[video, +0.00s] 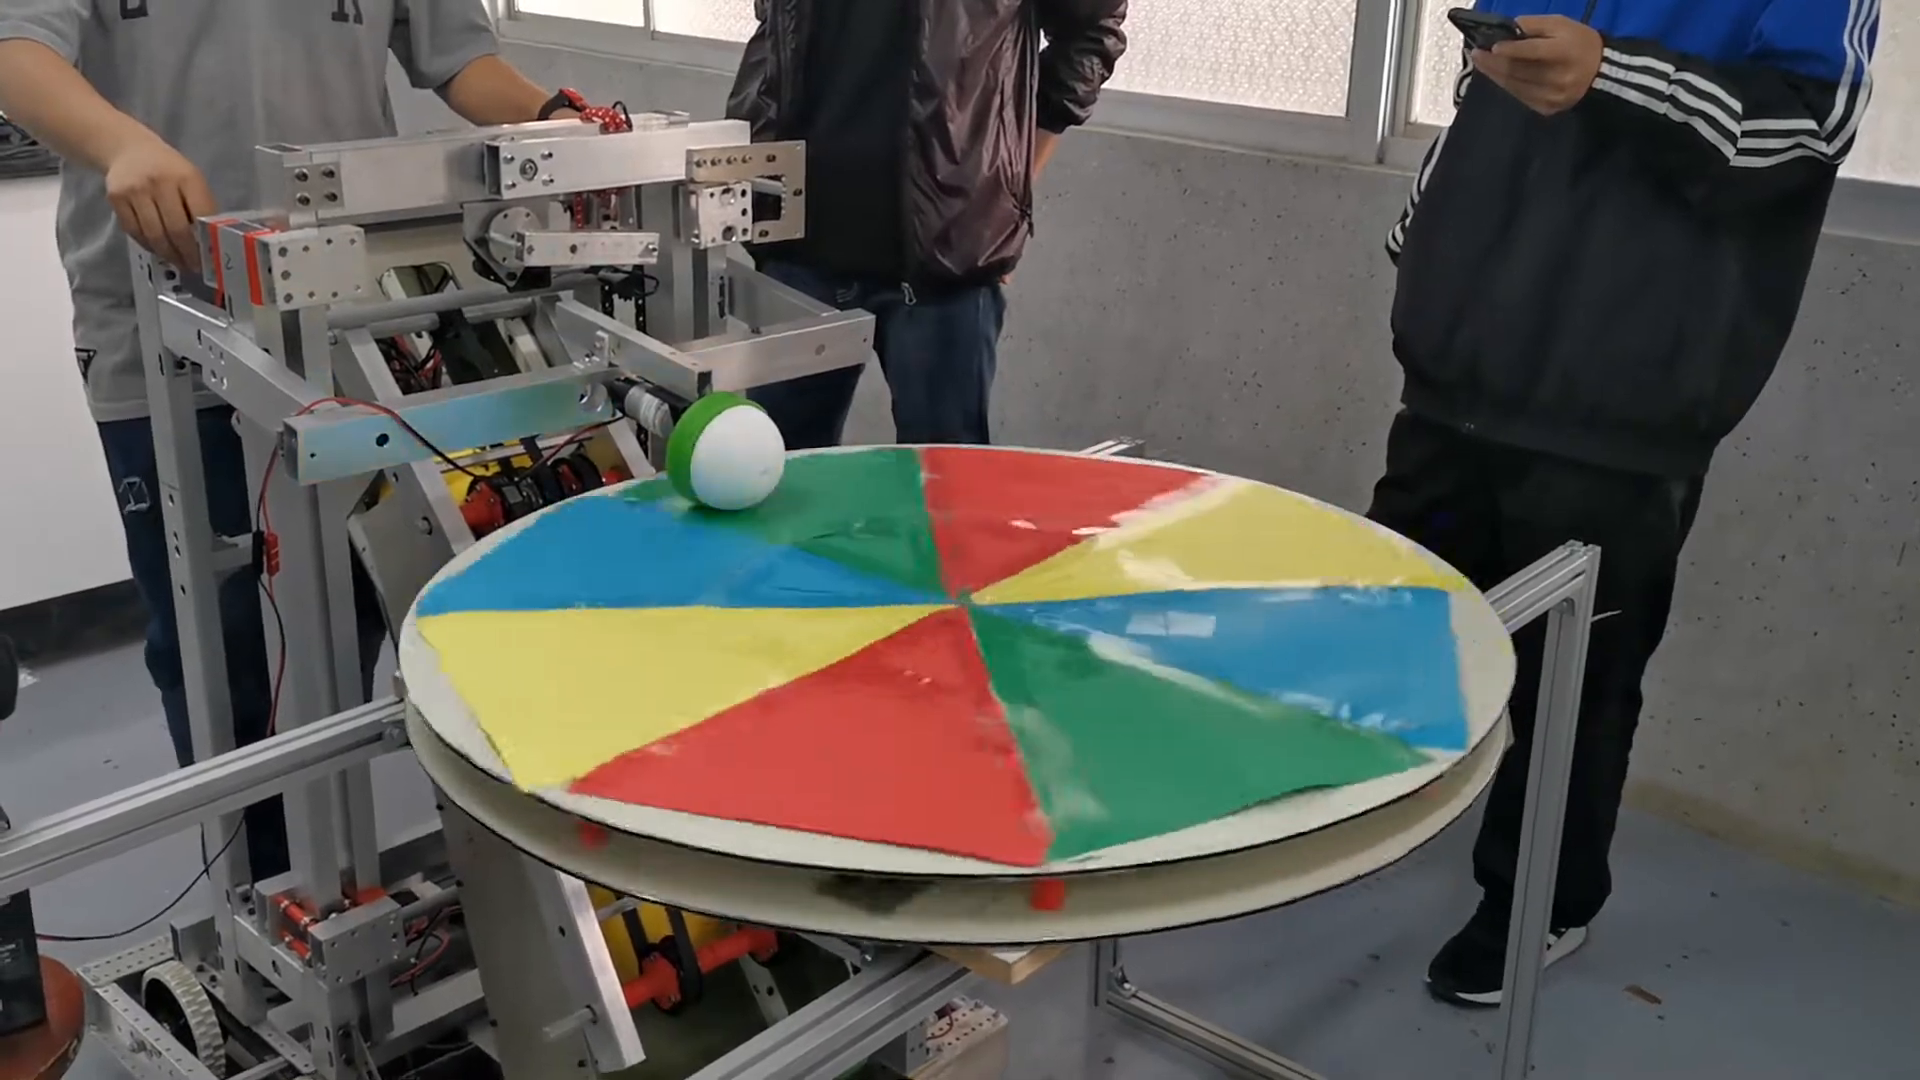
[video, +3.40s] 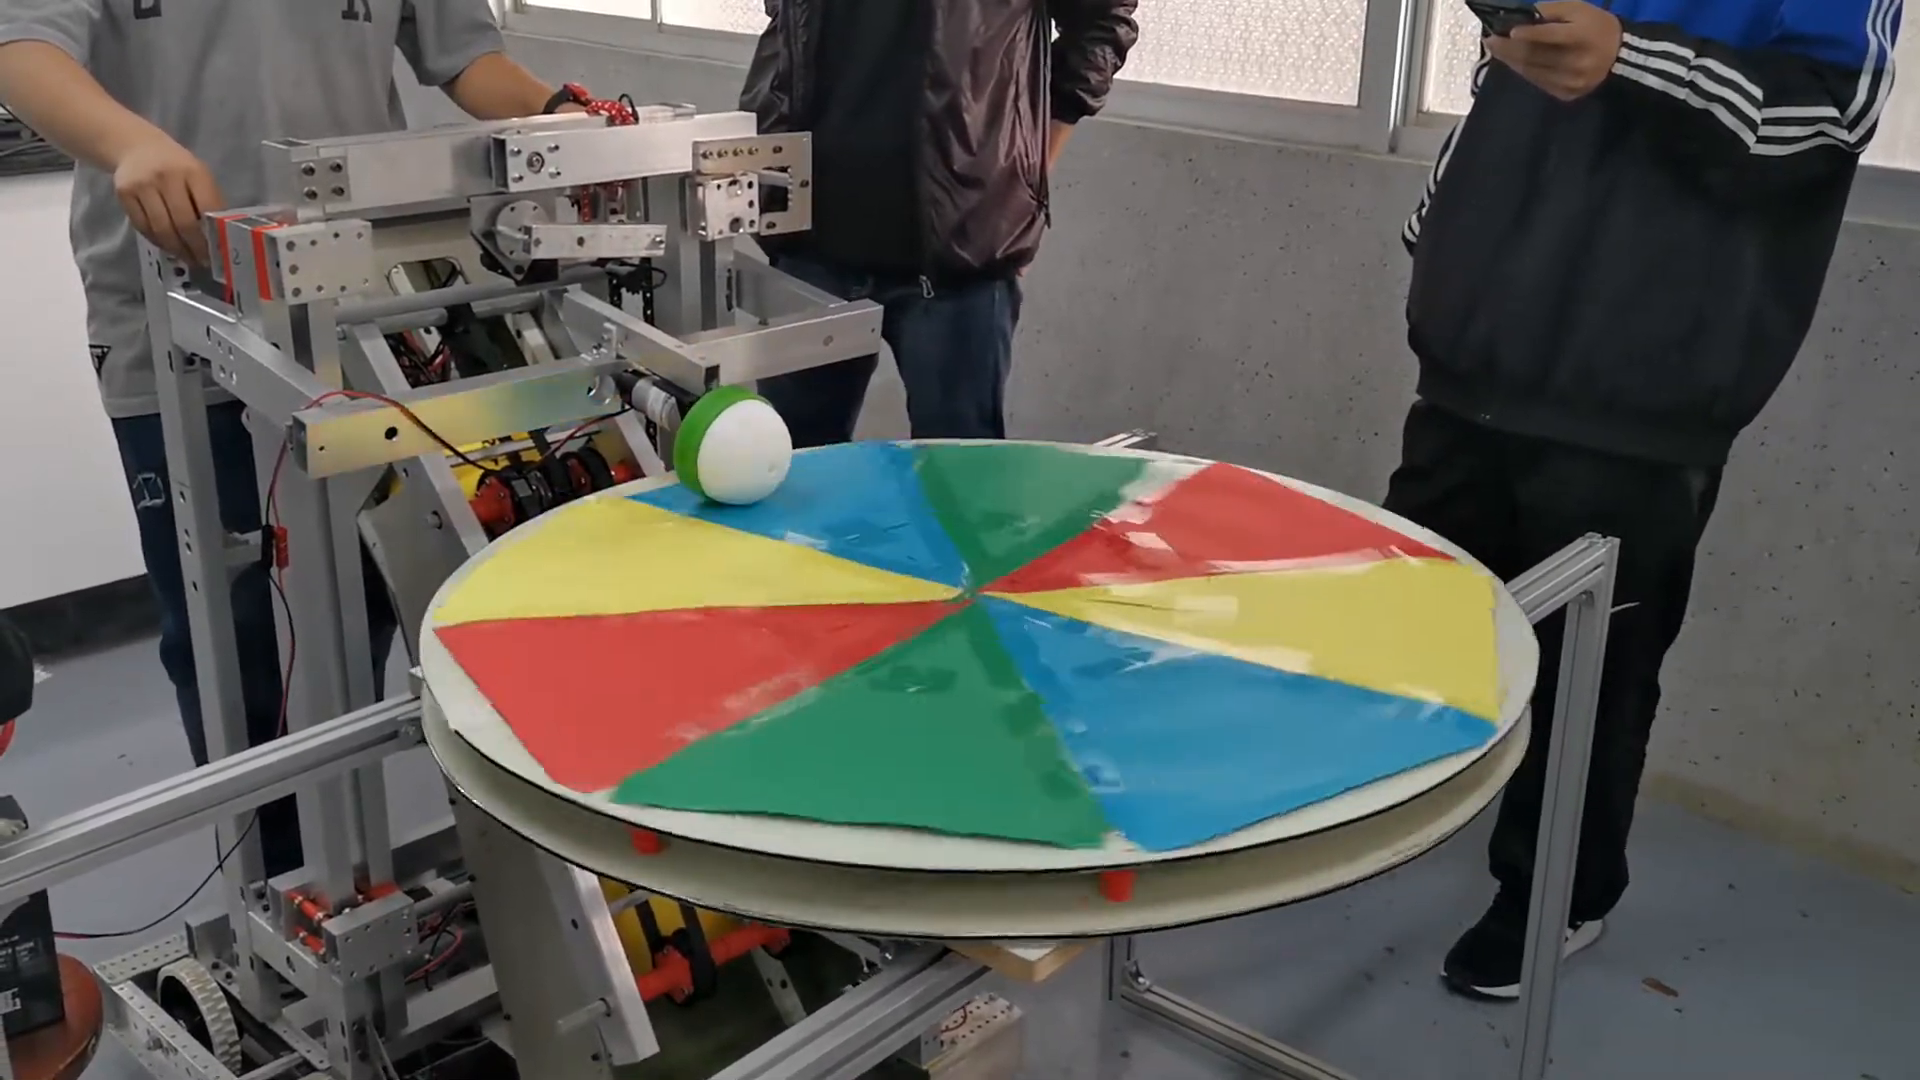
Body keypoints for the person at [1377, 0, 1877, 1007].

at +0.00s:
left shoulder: (1815, 9)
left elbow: (1806, 130)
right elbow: (1490, 85)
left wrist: (1606, 73)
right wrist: (1416, 245)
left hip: (1638, 369)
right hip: (1474, 323)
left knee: (1576, 661)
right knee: (1405, 612)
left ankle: (1536, 901)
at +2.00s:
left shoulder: (1825, 9)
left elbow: (1813, 128)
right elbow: (1501, 53)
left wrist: (1613, 64)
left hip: (1649, 360)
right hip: (1485, 313)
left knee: (1583, 657)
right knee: (1408, 603)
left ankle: (1546, 895)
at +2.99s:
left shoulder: (1830, 8)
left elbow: (1818, 121)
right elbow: (1507, 50)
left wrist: (1617, 57)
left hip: (1653, 350)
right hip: (1489, 303)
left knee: (1589, 649)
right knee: (1415, 597)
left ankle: (1555, 890)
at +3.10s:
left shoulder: (1830, 9)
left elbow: (1821, 120)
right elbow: (1509, 36)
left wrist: (1618, 56)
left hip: (1655, 352)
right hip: (1489, 304)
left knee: (1590, 650)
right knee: (1415, 596)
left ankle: (1555, 891)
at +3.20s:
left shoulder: (1834, 9)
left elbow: (1819, 122)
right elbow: (1510, 42)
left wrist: (1620, 56)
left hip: (1657, 352)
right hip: (1491, 304)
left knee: (1593, 649)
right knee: (1414, 599)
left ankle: (1557, 891)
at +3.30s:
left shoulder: (1834, 10)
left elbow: (1825, 120)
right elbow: (1511, 49)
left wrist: (1622, 55)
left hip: (1656, 352)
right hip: (1491, 304)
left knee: (1593, 649)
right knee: (1416, 600)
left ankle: (1556, 891)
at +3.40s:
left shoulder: (1835, 9)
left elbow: (1826, 119)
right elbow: (1512, 57)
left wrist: (1624, 56)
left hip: (1657, 355)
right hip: (1492, 309)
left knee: (1592, 654)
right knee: (1414, 598)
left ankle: (1556, 892)